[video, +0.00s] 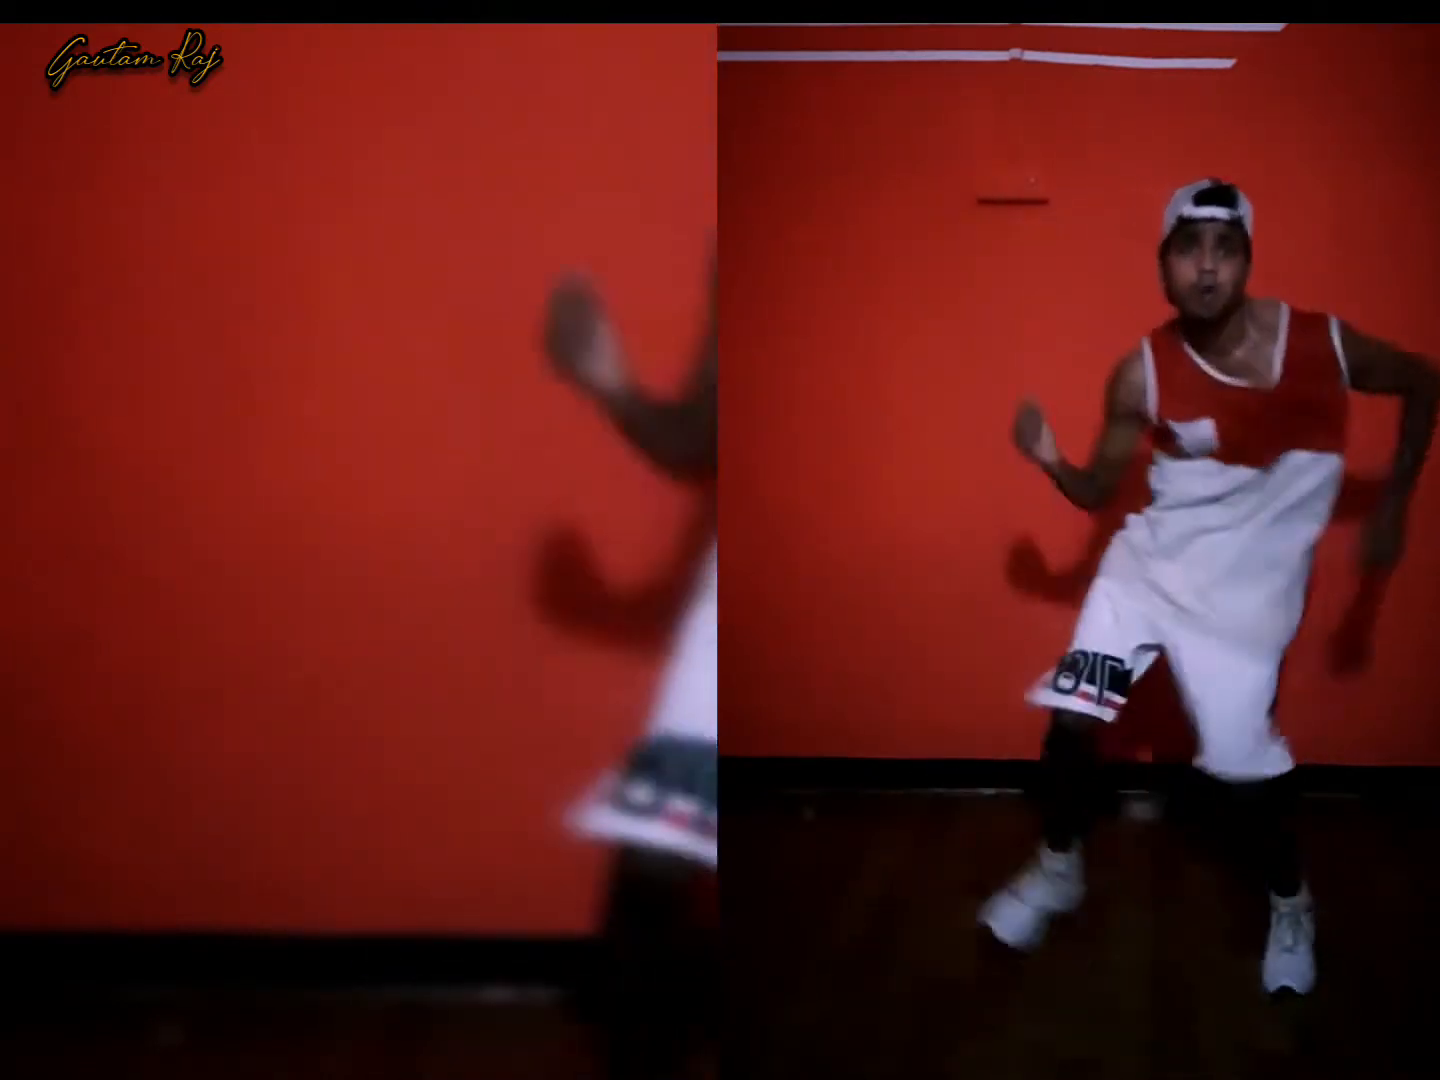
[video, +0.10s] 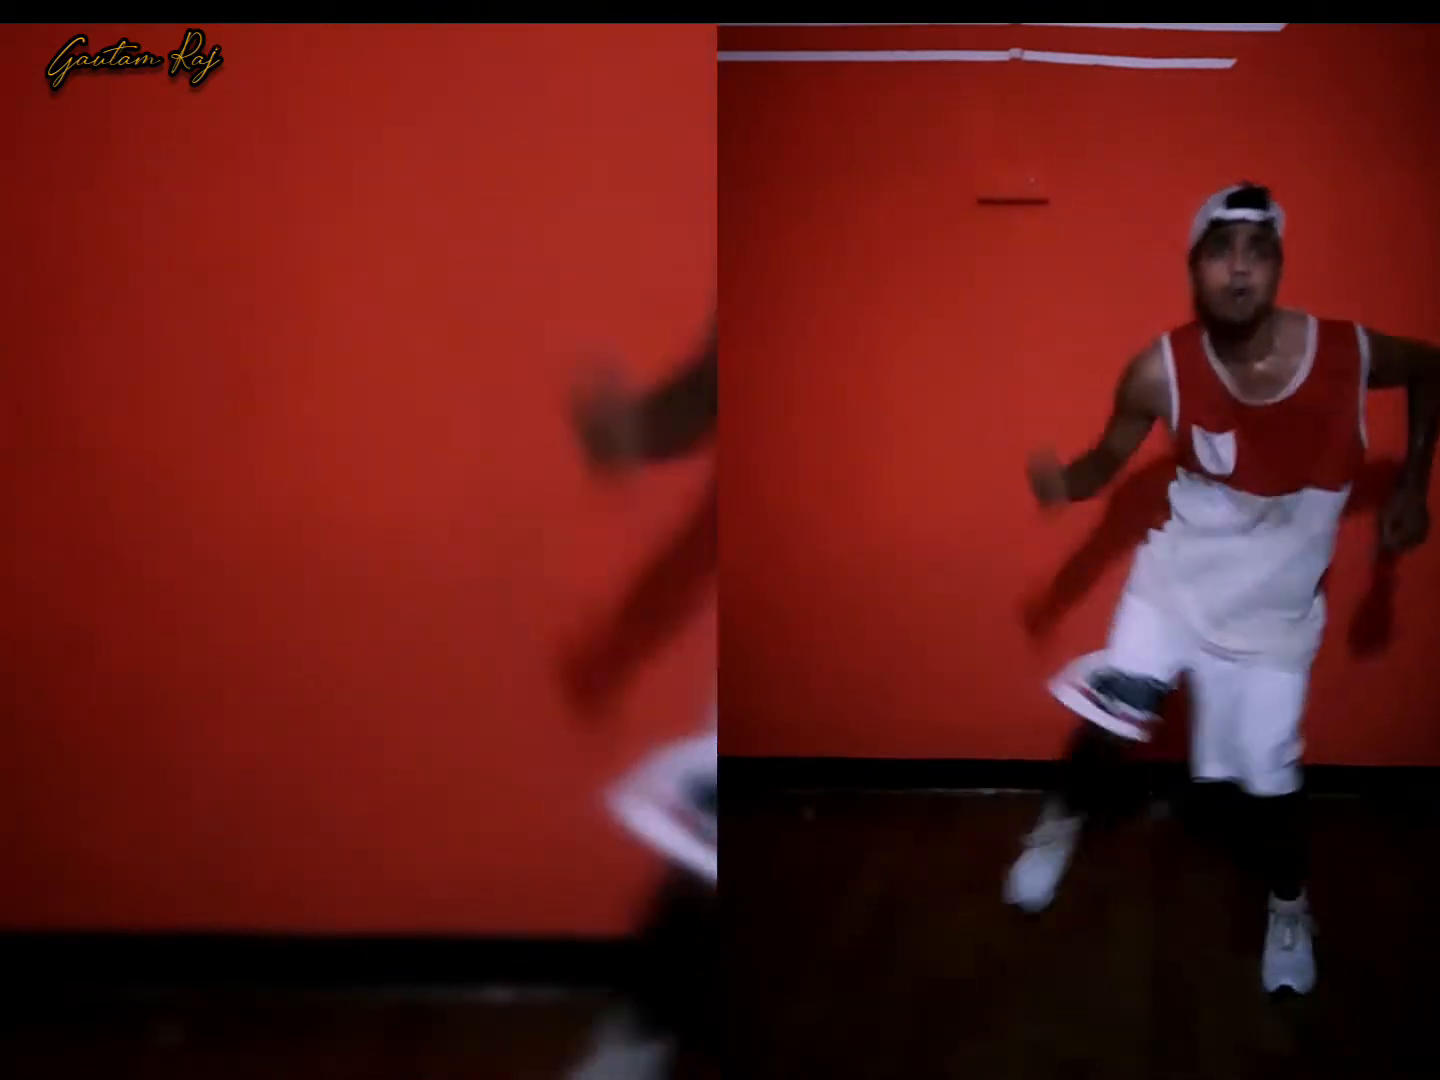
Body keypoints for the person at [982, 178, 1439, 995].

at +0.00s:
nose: (1207, 269)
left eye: (1224, 251)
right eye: (1189, 252)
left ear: (1248, 262)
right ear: (1165, 267)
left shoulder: (1318, 346)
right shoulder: (1144, 371)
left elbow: (1420, 381)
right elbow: (1096, 489)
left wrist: (1394, 503)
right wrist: (1051, 460)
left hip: (1248, 589)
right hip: (1146, 565)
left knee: (1237, 759)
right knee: (1070, 720)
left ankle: (1288, 909)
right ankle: (1056, 869)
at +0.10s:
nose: (1239, 270)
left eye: (1257, 252)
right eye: (1221, 252)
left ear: (1281, 268)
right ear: (1195, 270)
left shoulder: (1346, 353)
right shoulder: (1163, 370)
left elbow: (1430, 372)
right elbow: (1105, 463)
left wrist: (1414, 485)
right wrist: (1065, 481)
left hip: (1279, 595)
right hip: (1178, 572)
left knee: (1262, 773)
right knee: (1113, 714)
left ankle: (1288, 912)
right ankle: (1058, 826)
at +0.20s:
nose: (1274, 257)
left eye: (1291, 240)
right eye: (1256, 239)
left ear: (1312, 257)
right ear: (1225, 256)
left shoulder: (1361, 355)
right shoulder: (1172, 351)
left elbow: (1392, 433)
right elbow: (1103, 426)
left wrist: (1405, 499)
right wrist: (1092, 535)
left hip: (1316, 595)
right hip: (1212, 597)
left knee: (1331, 760)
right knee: (1199, 777)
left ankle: (1261, 910)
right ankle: (1166, 821)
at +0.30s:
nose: (1299, 280)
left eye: (1316, 262)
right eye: (1280, 261)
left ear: (1338, 278)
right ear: (1251, 275)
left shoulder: (1366, 388)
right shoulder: (1188, 364)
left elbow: (1338, 537)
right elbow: (1120, 426)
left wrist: (1394, 490)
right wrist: (1112, 526)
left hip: (1323, 601)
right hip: (1230, 605)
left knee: (1347, 763)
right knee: (1280, 789)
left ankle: (1249, 921)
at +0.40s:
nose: (1308, 296)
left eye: (1325, 278)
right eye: (1289, 277)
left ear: (1345, 293)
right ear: (1259, 289)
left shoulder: (1371, 401)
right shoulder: (1197, 370)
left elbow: (1361, 553)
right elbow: (1114, 419)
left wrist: (1388, 482)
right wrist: (1113, 528)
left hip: (1323, 626)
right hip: (1230, 625)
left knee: (1352, 781)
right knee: (1290, 799)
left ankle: (1249, 923)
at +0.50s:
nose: (1280, 263)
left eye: (1299, 245)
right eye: (1262, 244)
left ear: (1325, 262)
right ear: (1235, 260)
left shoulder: (1377, 366)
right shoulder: (1188, 348)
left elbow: (1407, 471)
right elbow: (1112, 419)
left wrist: (1367, 547)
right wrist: (1102, 504)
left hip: (1295, 615)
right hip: (1192, 597)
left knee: (1296, 775)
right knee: (1198, 768)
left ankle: (1253, 919)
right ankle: (1233, 845)